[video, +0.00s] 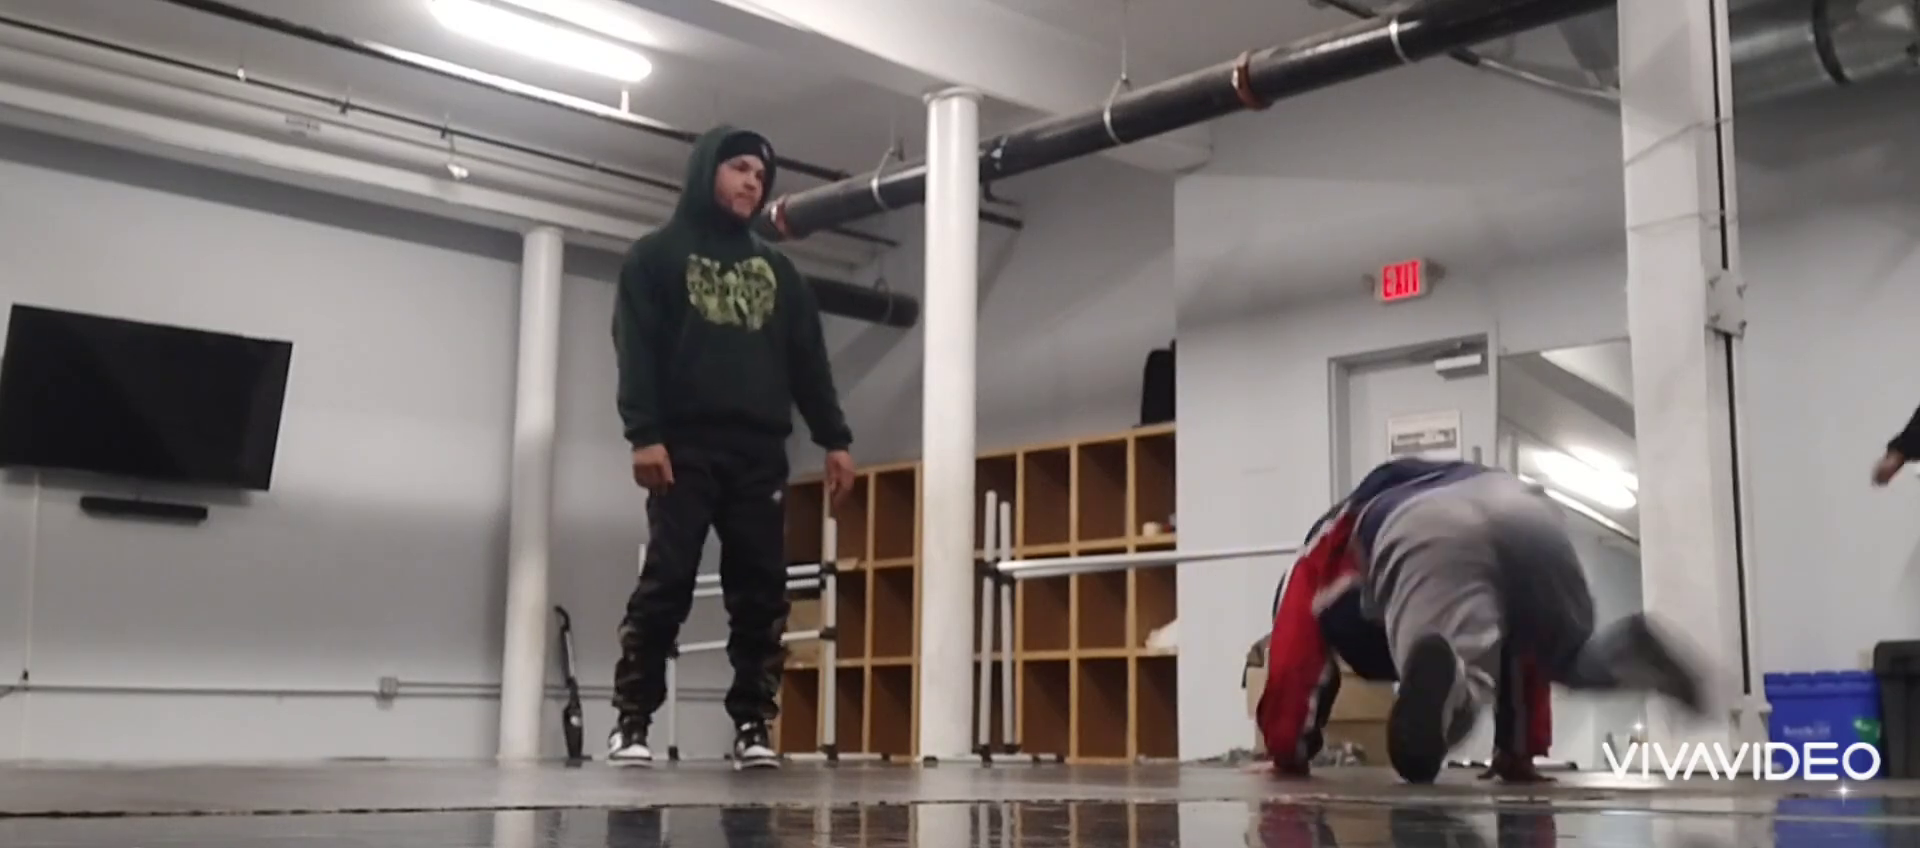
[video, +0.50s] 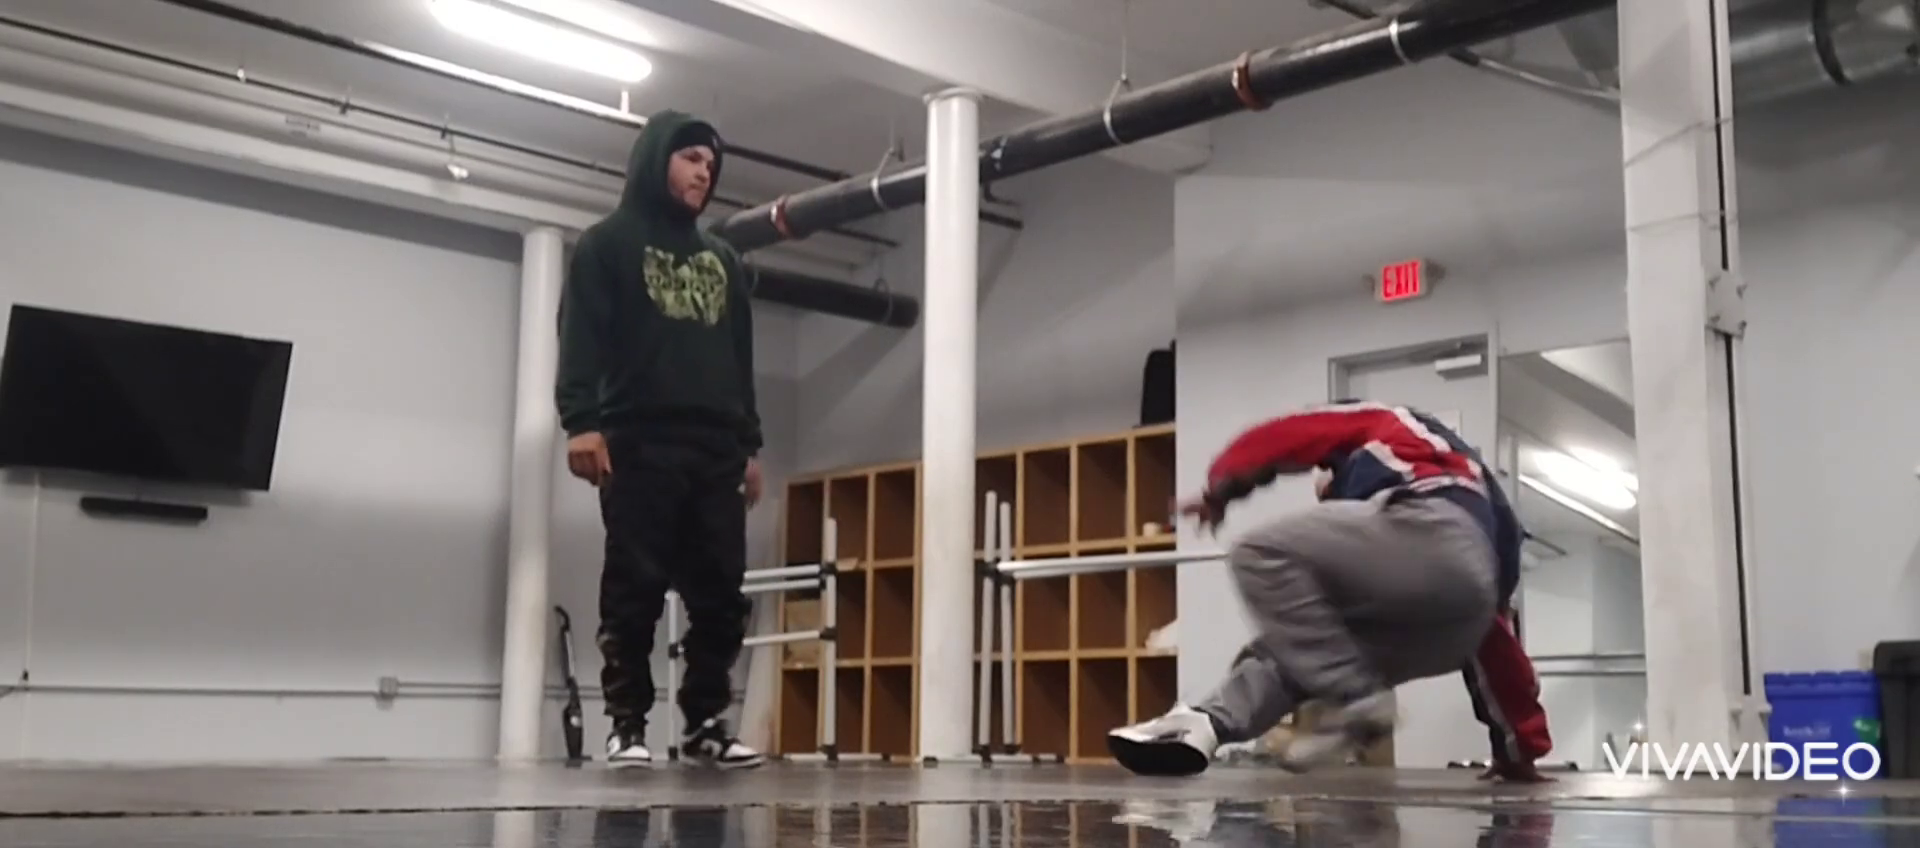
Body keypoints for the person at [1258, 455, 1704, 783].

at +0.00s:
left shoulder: (1324, 557)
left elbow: (1293, 662)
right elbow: (1521, 644)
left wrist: (1288, 759)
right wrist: (1514, 762)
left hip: (1422, 516)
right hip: (1510, 492)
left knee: (1450, 671)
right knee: (1569, 651)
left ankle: (1430, 717)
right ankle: (1637, 656)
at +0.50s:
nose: (1324, 500)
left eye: (1326, 492)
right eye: (1325, 498)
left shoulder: (1381, 424)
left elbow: (1280, 437)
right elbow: (1498, 652)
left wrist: (1218, 490)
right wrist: (1520, 752)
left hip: (1435, 533)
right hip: (1466, 618)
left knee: (1261, 553)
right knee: (1289, 657)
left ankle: (1356, 704)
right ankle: (1203, 724)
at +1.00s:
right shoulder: (1506, 539)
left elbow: (1334, 639)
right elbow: (1518, 650)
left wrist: (1331, 747)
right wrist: (1518, 755)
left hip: (1320, 492)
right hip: (1398, 508)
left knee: (1289, 684)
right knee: (1278, 627)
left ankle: (1209, 588)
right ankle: (1125, 701)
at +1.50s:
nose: (1501, 646)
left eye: (1512, 633)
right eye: (1513, 631)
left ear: (1497, 597)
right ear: (1522, 586)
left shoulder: (1420, 600)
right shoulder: (1508, 537)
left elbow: (1353, 649)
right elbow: (1512, 652)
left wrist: (1350, 743)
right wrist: (1523, 755)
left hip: (1315, 572)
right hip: (1309, 498)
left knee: (1278, 672)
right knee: (1213, 599)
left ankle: (1138, 671)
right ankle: (1078, 697)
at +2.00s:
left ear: (1493, 604)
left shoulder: (1420, 582)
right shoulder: (1533, 530)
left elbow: (1380, 642)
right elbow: (1539, 652)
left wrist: (1413, 731)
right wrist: (1569, 756)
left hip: (1280, 434)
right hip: (1348, 460)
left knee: (1240, 586)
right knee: (1224, 606)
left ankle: (1122, 563)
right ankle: (1073, 715)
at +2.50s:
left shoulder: (1506, 575)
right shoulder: (1624, 547)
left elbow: (1454, 645)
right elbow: (1618, 680)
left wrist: (1457, 751)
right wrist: (1645, 764)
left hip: (1351, 463)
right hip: (1419, 516)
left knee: (1323, 591)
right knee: (1244, 640)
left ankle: (1211, 597)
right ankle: (1077, 720)